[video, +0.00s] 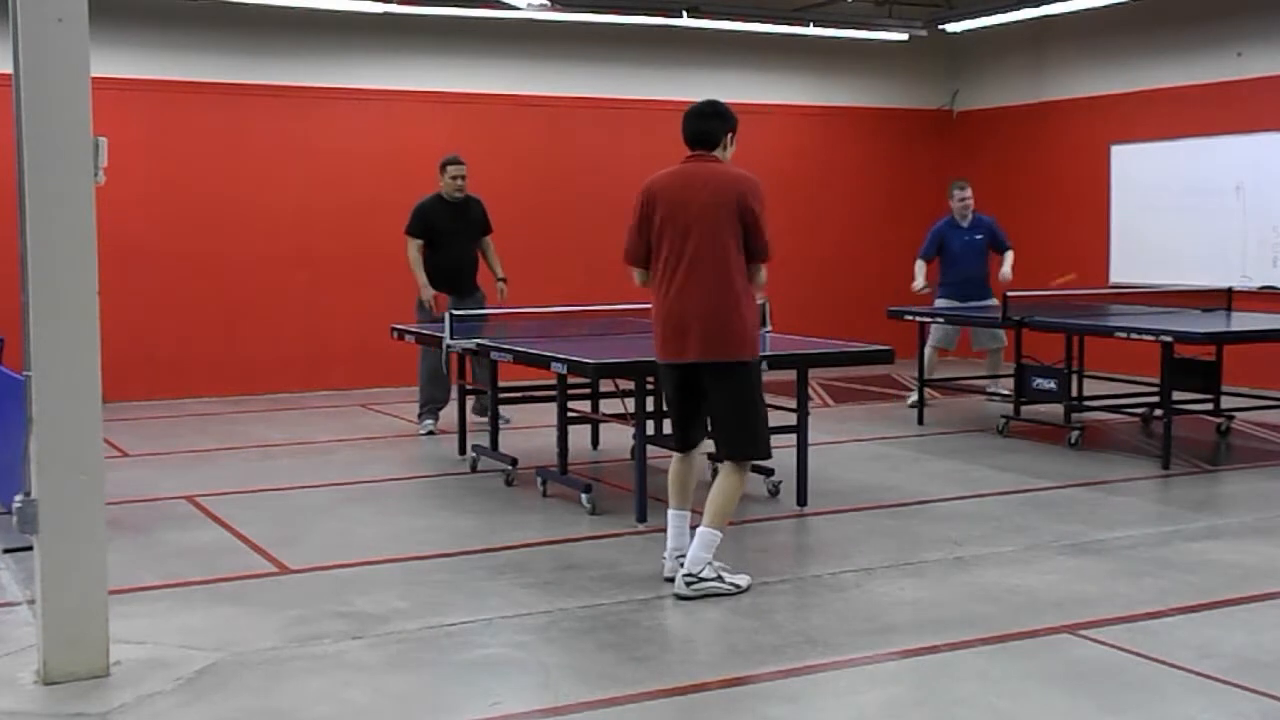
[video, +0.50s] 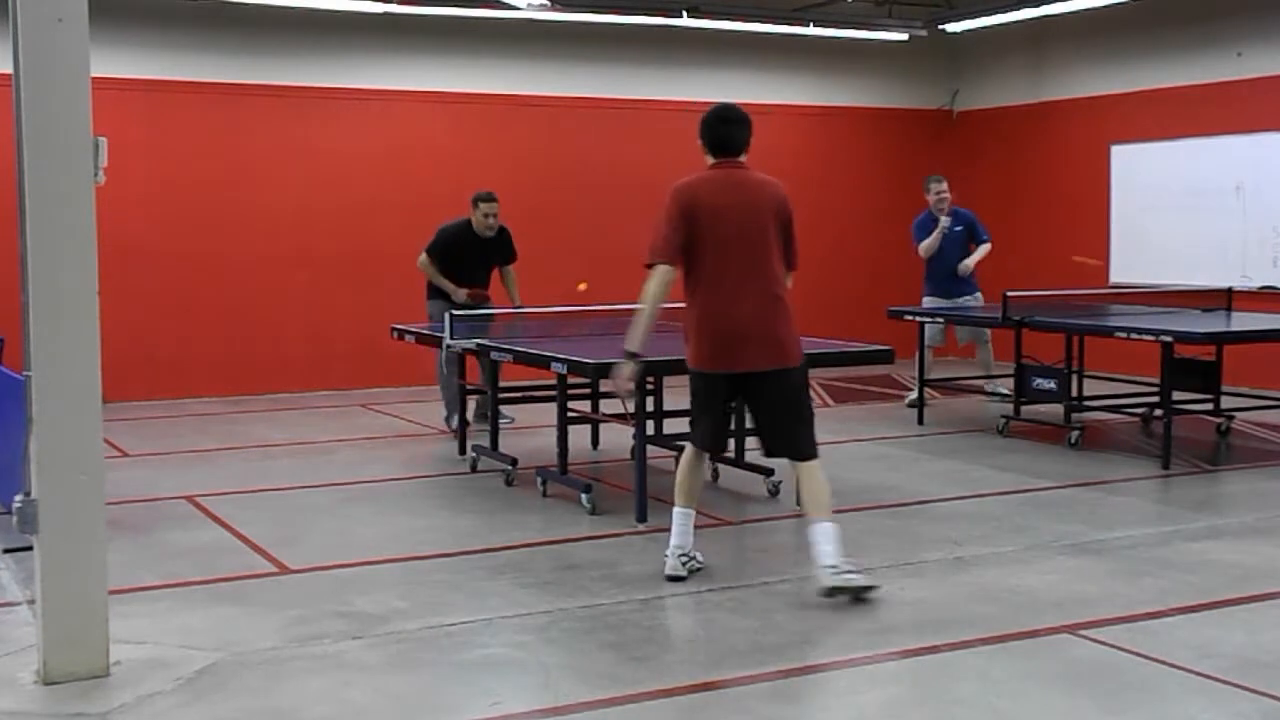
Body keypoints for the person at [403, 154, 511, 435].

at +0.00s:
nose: (460, 183)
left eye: (463, 178)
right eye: (454, 178)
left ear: (467, 179)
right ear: (441, 179)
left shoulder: (475, 207)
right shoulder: (425, 210)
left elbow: (485, 243)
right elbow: (414, 249)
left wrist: (499, 276)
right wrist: (424, 286)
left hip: (469, 292)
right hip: (434, 294)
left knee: (483, 347)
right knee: (433, 352)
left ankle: (485, 403)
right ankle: (429, 412)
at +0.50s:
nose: (492, 222)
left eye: (495, 216)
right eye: (486, 216)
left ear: (499, 214)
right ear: (473, 214)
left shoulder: (501, 236)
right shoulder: (451, 234)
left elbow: (506, 270)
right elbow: (423, 262)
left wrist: (517, 302)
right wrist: (453, 290)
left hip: (480, 301)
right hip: (446, 302)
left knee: (490, 355)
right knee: (451, 357)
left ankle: (487, 407)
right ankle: (454, 413)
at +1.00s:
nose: (493, 240)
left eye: (496, 234)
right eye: (488, 234)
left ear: (498, 229)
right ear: (473, 228)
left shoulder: (473, 232)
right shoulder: (459, 245)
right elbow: (489, 264)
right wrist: (521, 272)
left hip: (452, 302)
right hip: (427, 303)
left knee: (459, 354)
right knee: (438, 361)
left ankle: (457, 406)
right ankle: (453, 416)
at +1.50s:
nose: (470, 208)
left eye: (473, 203)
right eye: (464, 203)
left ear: (476, 203)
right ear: (450, 202)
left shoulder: (474, 227)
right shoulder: (430, 226)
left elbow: (476, 257)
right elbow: (402, 256)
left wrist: (491, 289)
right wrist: (419, 290)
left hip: (446, 302)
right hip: (419, 301)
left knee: (453, 358)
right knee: (431, 357)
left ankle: (428, 407)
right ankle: (441, 413)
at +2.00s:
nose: (457, 205)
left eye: (460, 199)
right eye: (451, 199)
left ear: (465, 200)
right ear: (439, 200)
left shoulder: (473, 223)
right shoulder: (423, 224)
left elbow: (483, 255)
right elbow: (398, 256)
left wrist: (492, 284)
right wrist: (419, 285)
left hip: (457, 298)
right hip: (420, 297)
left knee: (473, 349)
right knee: (408, 351)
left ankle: (485, 402)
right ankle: (400, 411)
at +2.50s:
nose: (462, 250)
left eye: (466, 244)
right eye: (457, 243)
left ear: (471, 240)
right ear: (445, 236)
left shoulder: (467, 251)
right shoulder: (429, 241)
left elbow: (473, 280)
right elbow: (417, 257)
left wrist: (487, 302)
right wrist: (457, 273)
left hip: (437, 302)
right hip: (405, 299)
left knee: (457, 349)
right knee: (405, 347)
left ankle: (479, 402)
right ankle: (403, 412)